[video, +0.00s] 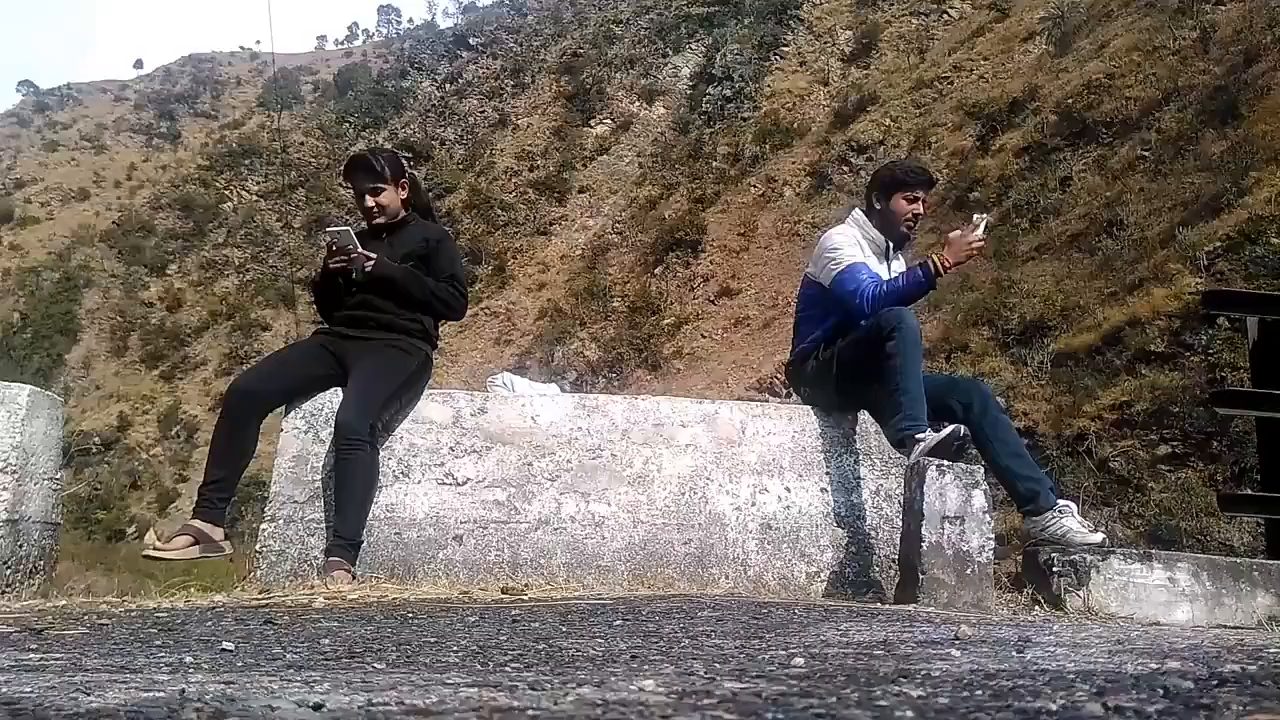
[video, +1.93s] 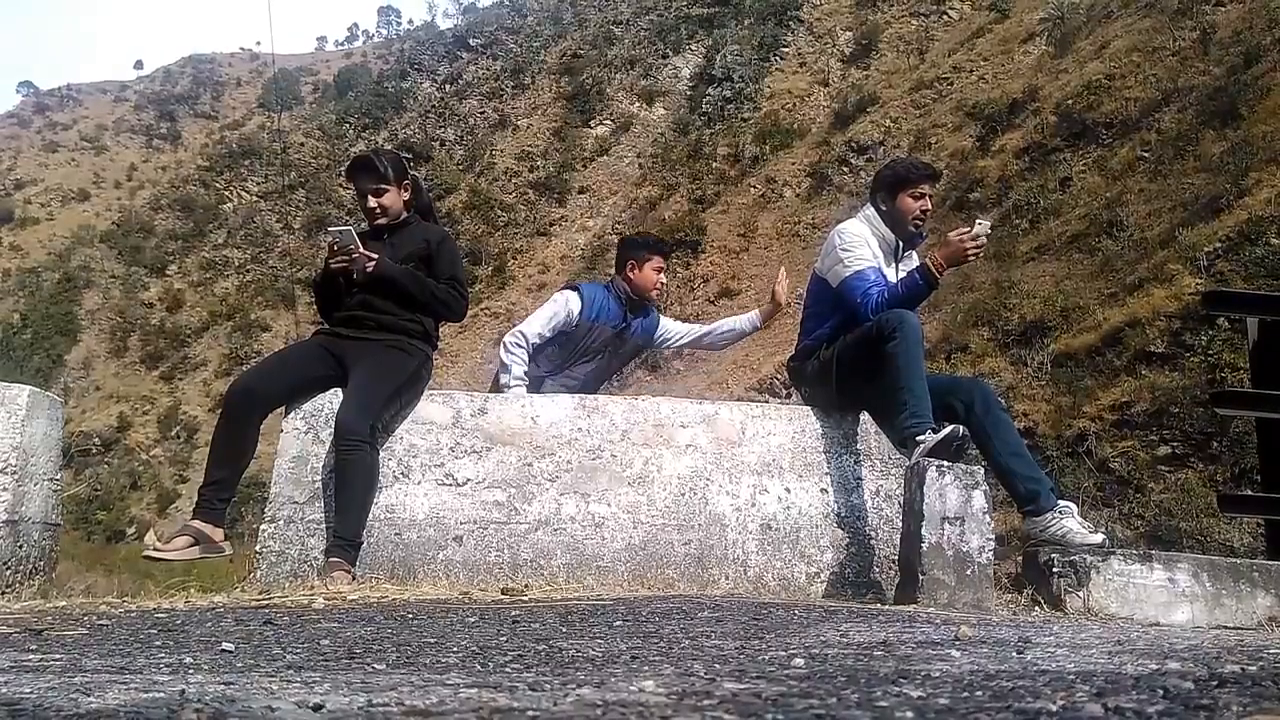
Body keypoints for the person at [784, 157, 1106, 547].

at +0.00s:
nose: (919, 211)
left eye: (923, 203)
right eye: (909, 200)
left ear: (921, 209)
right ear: (879, 201)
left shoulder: (895, 257)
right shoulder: (838, 242)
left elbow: (884, 311)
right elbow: (868, 299)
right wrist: (941, 261)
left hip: (872, 377)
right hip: (822, 374)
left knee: (972, 395)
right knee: (899, 323)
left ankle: (1042, 512)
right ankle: (913, 437)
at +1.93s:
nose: (926, 206)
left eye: (929, 198)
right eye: (916, 197)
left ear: (928, 204)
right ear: (885, 199)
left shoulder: (906, 247)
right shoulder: (850, 236)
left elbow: (895, 308)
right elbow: (870, 306)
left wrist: (944, 260)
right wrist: (937, 263)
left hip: (876, 376)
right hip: (824, 374)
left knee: (975, 394)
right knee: (900, 325)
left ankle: (1043, 512)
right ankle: (917, 436)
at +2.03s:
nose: (927, 206)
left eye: (929, 198)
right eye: (917, 197)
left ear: (928, 204)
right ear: (886, 199)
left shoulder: (907, 246)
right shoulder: (850, 236)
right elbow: (872, 304)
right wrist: (937, 262)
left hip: (876, 377)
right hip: (825, 374)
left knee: (974, 393)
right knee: (900, 324)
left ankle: (1044, 512)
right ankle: (917, 436)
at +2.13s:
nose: (928, 205)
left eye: (930, 197)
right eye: (918, 196)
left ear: (930, 203)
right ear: (887, 199)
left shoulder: (909, 245)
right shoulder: (853, 235)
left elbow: (894, 308)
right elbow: (873, 304)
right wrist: (937, 262)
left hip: (876, 376)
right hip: (824, 373)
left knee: (974, 393)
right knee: (900, 324)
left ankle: (1043, 511)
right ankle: (917, 437)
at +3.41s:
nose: (928, 207)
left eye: (932, 199)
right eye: (917, 196)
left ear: (933, 204)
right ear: (887, 197)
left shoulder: (911, 247)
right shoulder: (851, 232)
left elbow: (895, 304)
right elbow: (869, 300)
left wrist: (944, 268)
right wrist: (940, 268)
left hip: (878, 374)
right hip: (825, 371)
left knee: (975, 390)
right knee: (897, 321)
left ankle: (1043, 509)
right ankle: (917, 434)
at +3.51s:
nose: (925, 207)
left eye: (930, 199)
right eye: (914, 197)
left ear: (931, 204)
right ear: (886, 197)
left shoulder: (910, 250)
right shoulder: (849, 231)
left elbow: (897, 308)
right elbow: (868, 299)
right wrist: (943, 275)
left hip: (879, 376)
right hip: (825, 371)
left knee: (975, 390)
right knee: (897, 320)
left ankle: (1043, 509)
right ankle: (917, 433)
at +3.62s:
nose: (920, 209)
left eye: (928, 202)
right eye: (910, 198)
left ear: (932, 207)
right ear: (885, 197)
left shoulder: (910, 253)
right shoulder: (849, 232)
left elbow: (903, 308)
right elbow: (865, 297)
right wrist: (945, 284)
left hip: (879, 376)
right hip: (825, 373)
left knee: (975, 391)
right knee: (898, 321)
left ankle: (1043, 510)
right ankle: (917, 434)